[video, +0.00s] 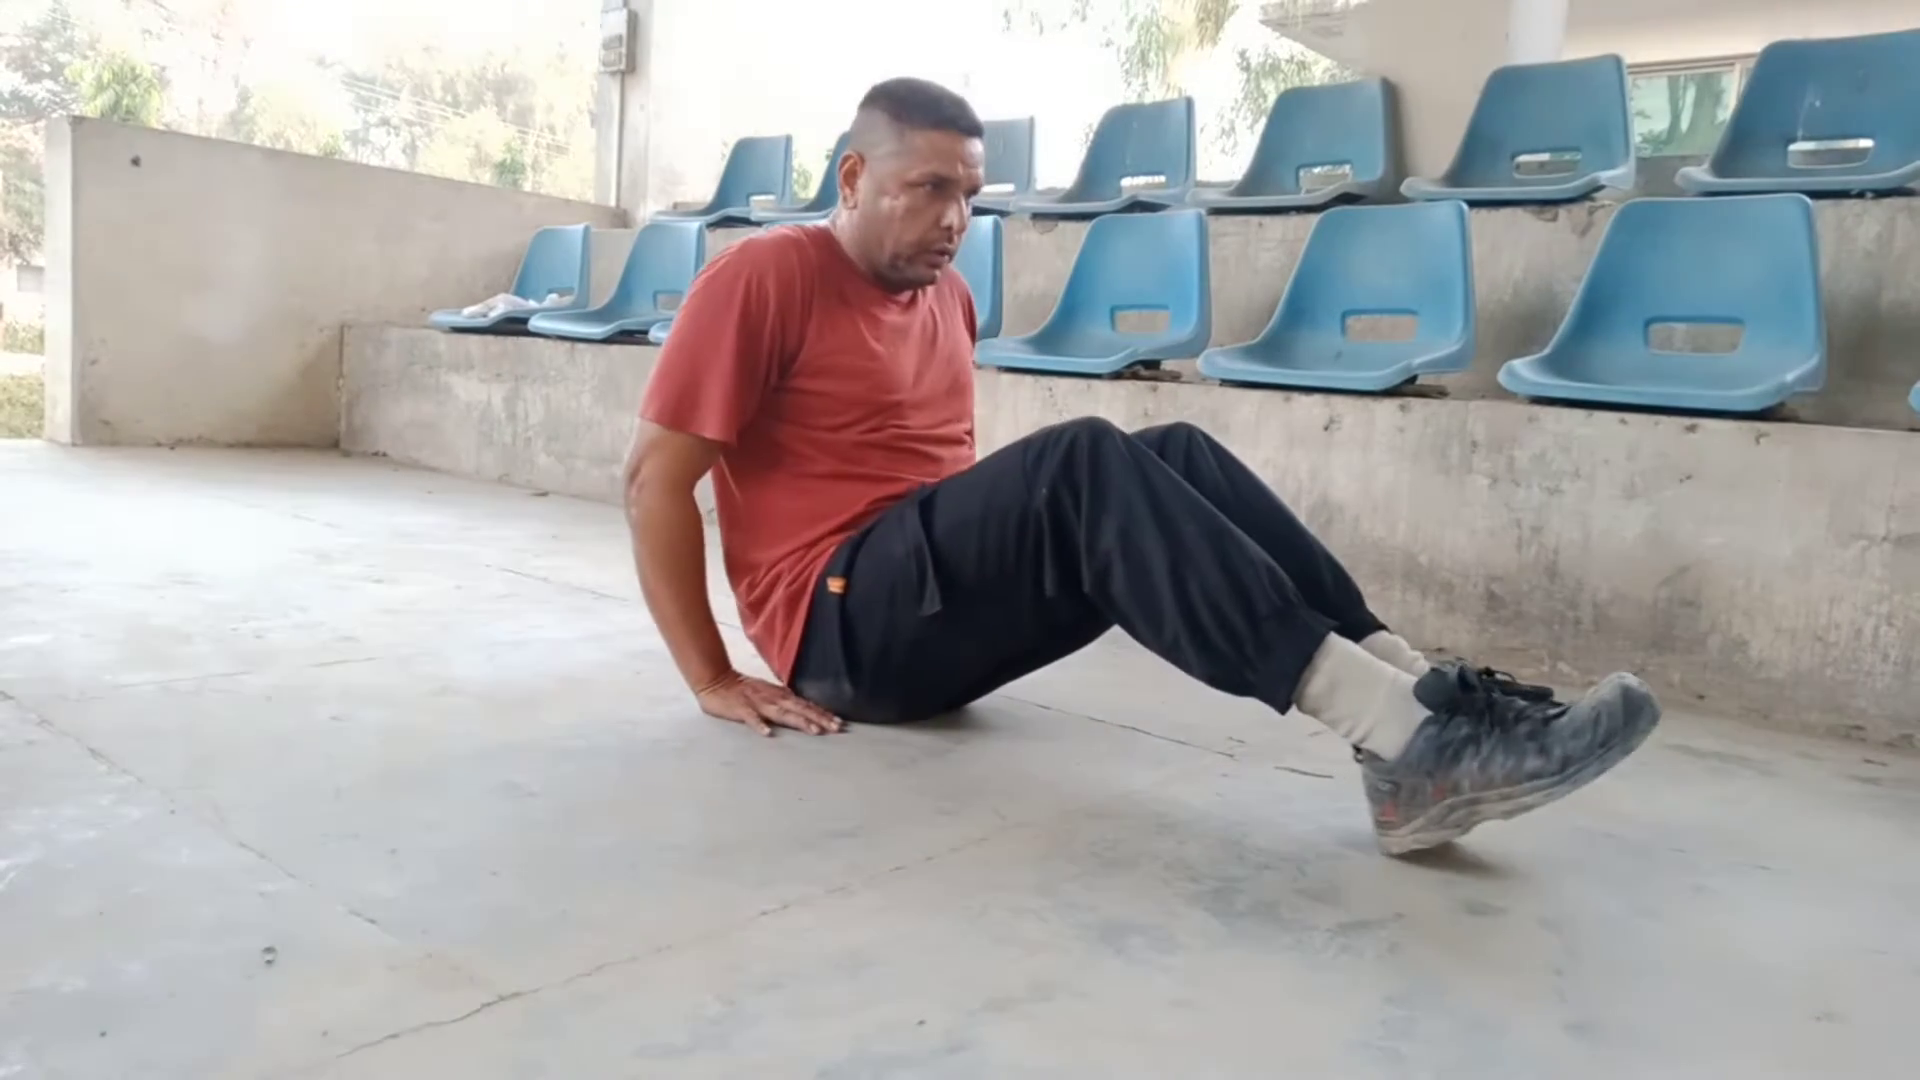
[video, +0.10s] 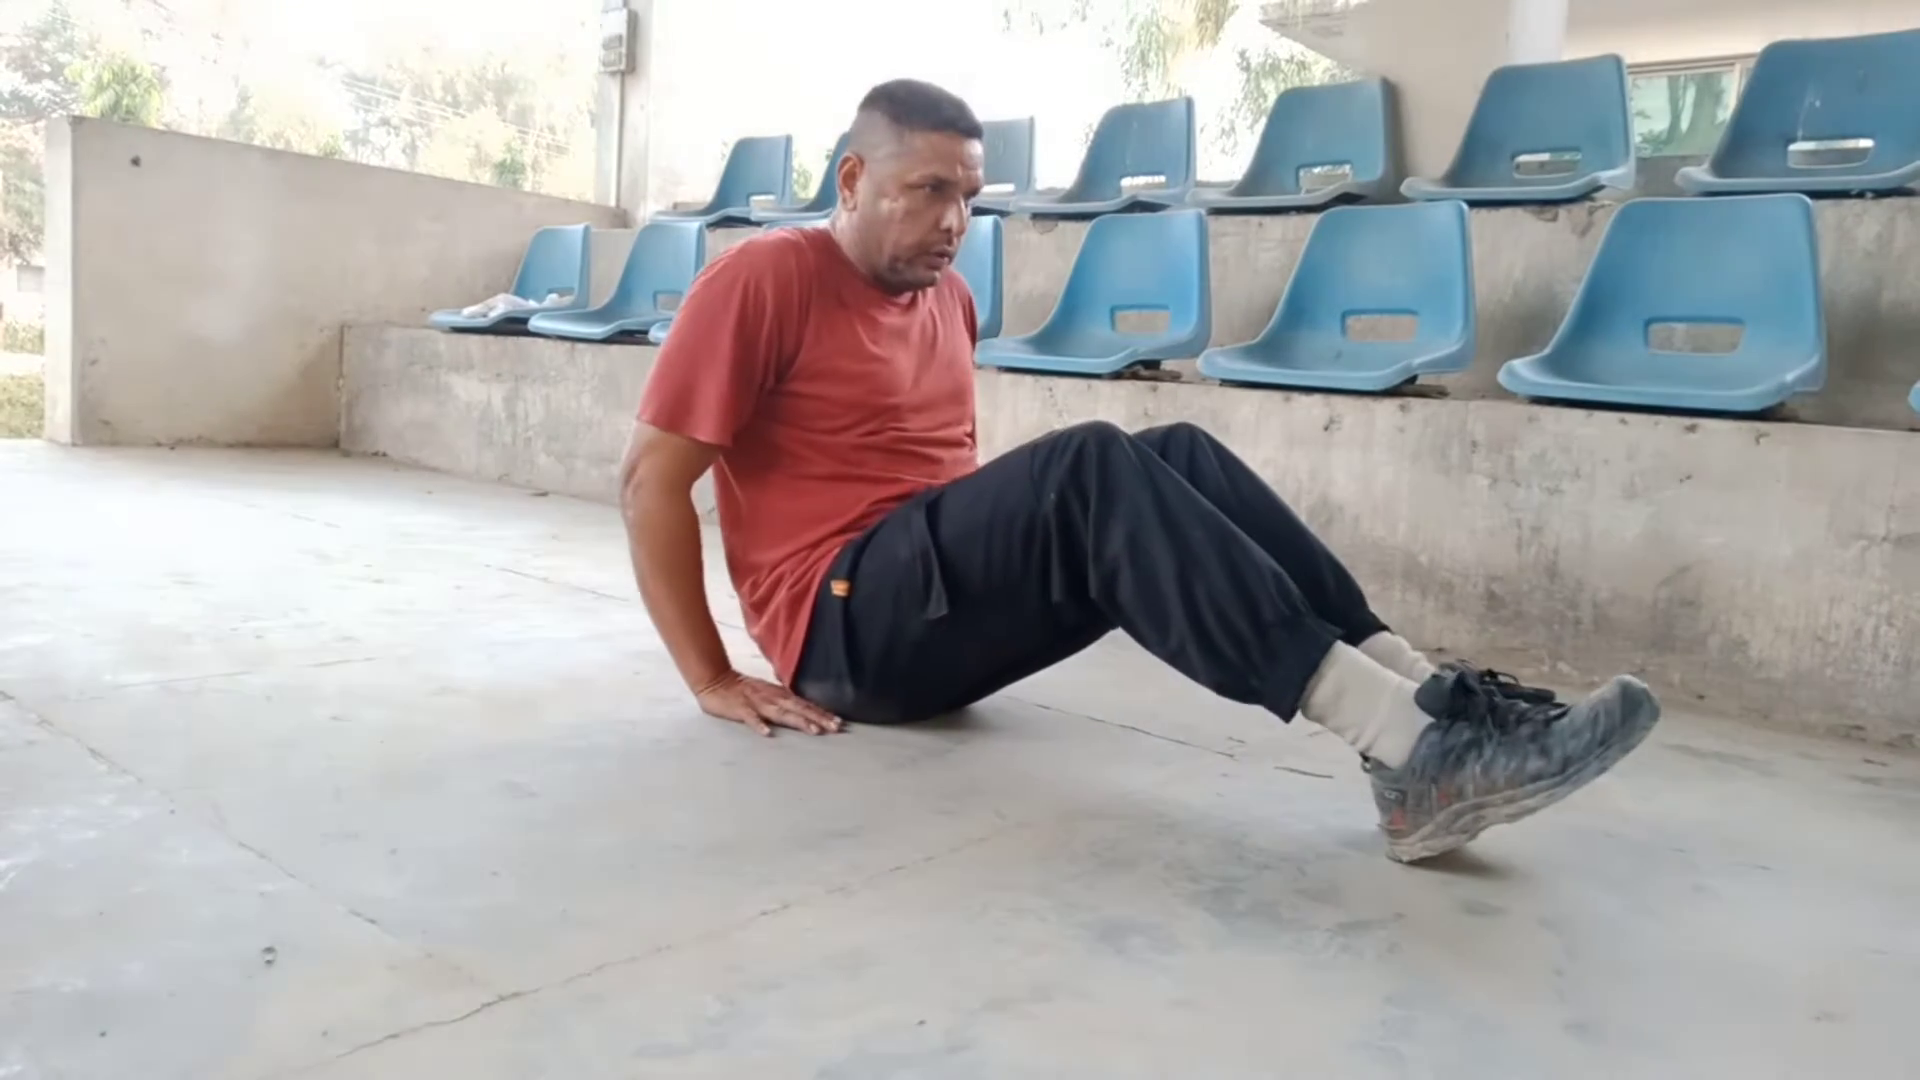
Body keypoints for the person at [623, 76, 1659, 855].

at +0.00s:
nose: (953, 218)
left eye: (966, 194)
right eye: (932, 190)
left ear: (966, 194)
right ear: (852, 179)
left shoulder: (944, 298)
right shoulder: (759, 278)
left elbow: (924, 470)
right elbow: (655, 479)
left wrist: (917, 636)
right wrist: (709, 680)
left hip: (930, 610)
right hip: (836, 624)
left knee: (1177, 457)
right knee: (1084, 462)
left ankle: (1443, 716)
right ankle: (1397, 746)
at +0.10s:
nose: (955, 221)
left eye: (967, 197)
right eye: (935, 193)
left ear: (962, 195)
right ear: (854, 180)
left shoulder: (945, 297)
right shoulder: (759, 278)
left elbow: (932, 465)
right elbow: (652, 481)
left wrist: (948, 614)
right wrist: (708, 678)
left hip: (936, 602)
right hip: (839, 619)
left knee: (1179, 456)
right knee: (1095, 470)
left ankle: (1447, 718)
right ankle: (1405, 758)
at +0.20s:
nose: (957, 220)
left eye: (968, 196)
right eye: (935, 194)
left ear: (965, 194)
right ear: (854, 183)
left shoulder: (947, 298)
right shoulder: (760, 281)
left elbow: (932, 466)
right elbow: (652, 482)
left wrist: (948, 617)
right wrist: (710, 679)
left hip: (937, 603)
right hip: (842, 620)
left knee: (1181, 458)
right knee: (1099, 471)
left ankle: (1449, 719)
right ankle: (1408, 758)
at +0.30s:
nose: (961, 224)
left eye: (974, 201)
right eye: (941, 197)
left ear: (972, 198)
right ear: (861, 184)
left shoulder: (948, 298)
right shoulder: (765, 282)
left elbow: (926, 466)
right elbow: (654, 483)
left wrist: (942, 612)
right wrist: (710, 680)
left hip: (936, 602)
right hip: (840, 620)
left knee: (1181, 458)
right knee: (1096, 471)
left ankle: (1451, 717)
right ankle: (1406, 759)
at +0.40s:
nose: (962, 227)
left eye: (975, 204)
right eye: (941, 199)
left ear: (974, 201)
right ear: (862, 186)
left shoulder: (948, 302)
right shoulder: (767, 287)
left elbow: (926, 467)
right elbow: (646, 477)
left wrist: (941, 612)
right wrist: (705, 676)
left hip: (938, 600)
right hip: (841, 619)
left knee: (1181, 458)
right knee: (1099, 471)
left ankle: (1450, 713)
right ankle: (1407, 757)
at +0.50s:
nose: (959, 226)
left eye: (973, 203)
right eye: (938, 198)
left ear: (973, 203)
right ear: (858, 187)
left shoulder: (946, 302)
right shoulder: (764, 286)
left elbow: (923, 463)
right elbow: (618, 461)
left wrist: (951, 607)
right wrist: (656, 674)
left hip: (936, 601)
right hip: (845, 618)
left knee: (1180, 456)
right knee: (1100, 472)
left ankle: (1452, 712)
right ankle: (1411, 764)